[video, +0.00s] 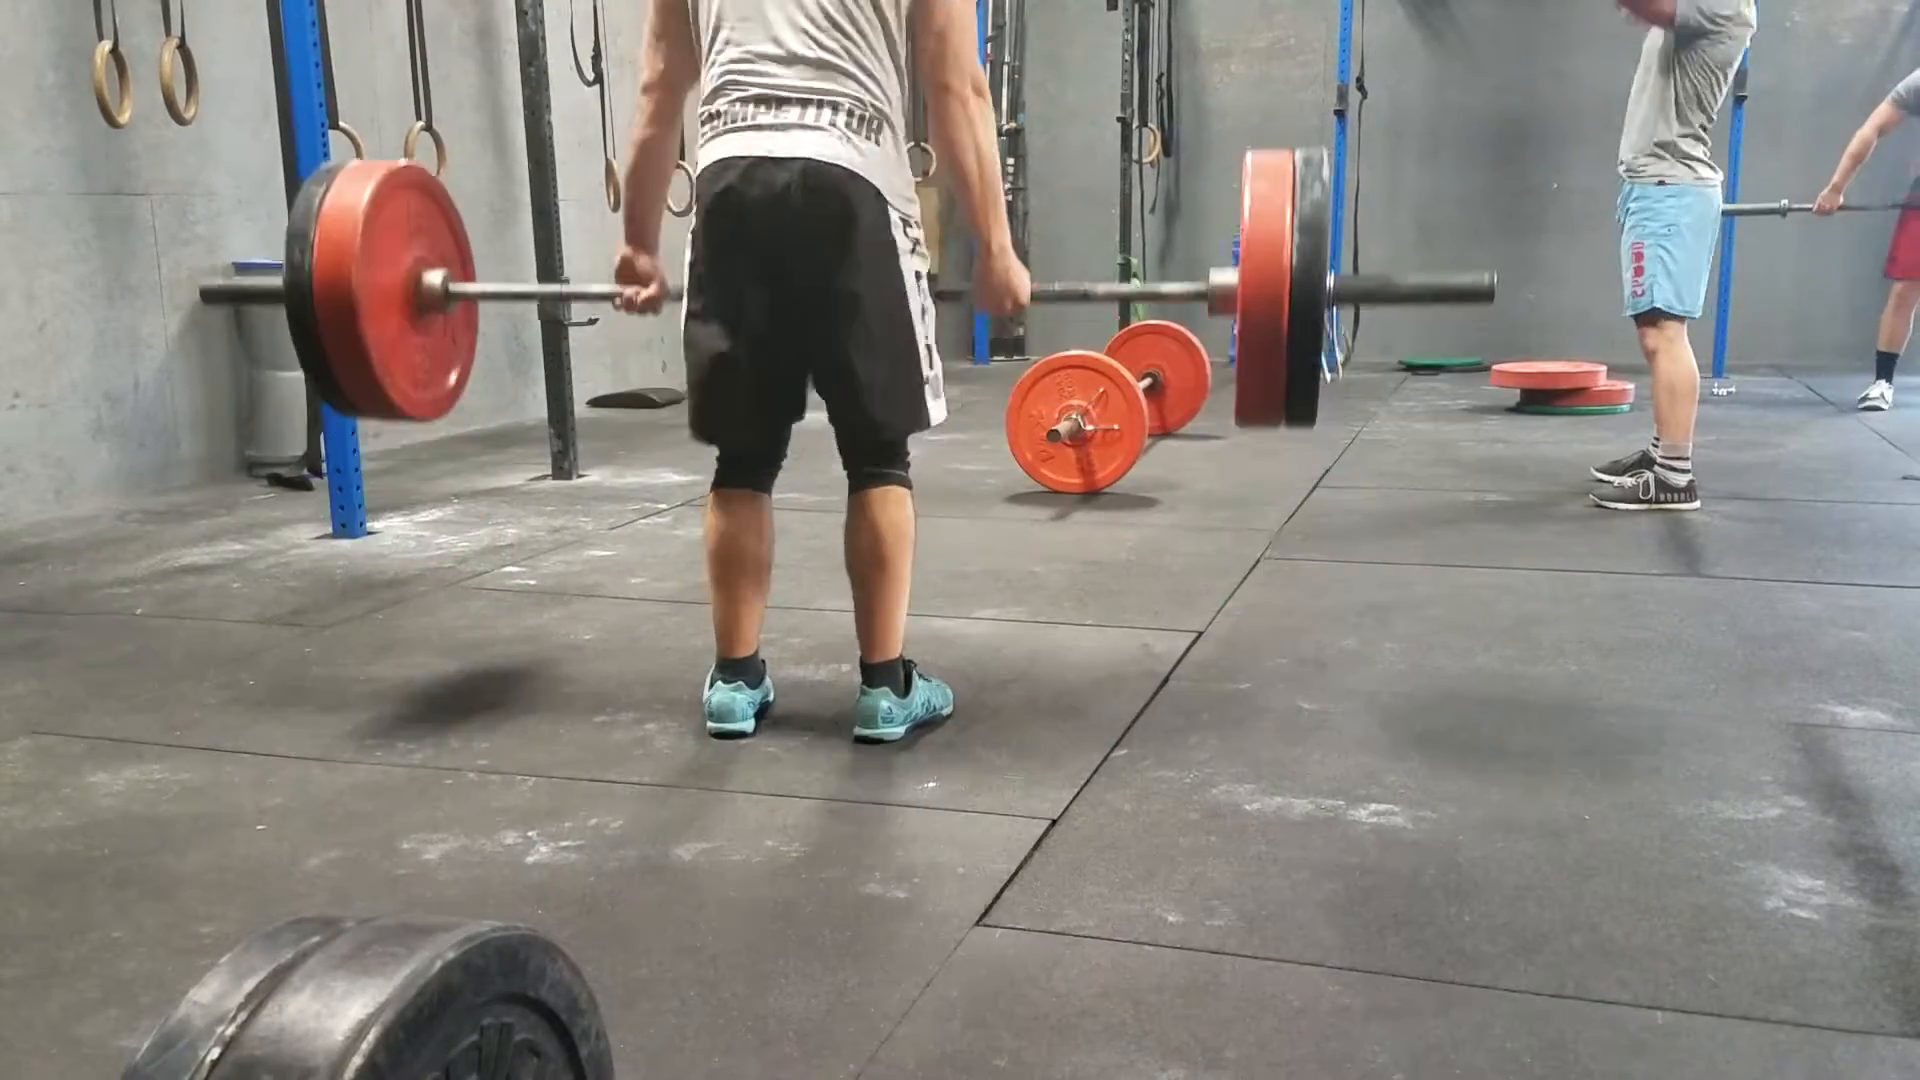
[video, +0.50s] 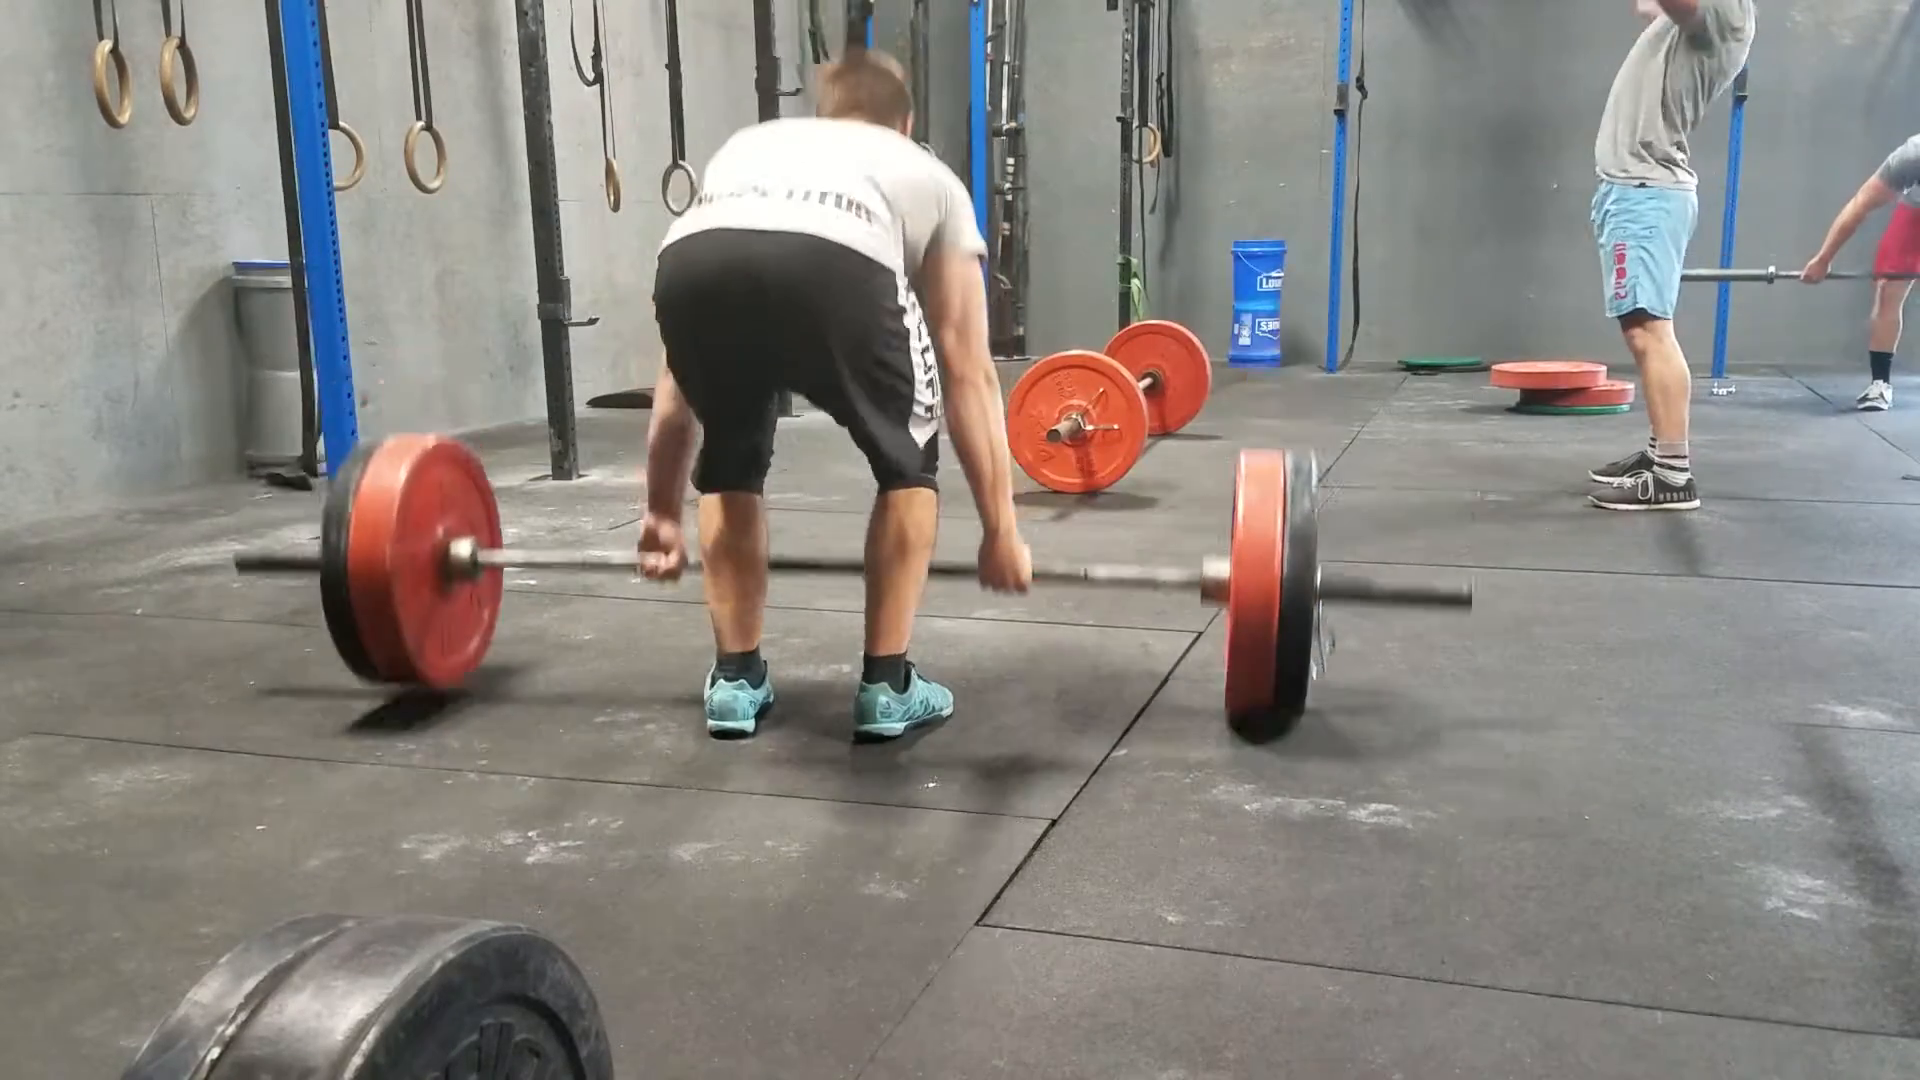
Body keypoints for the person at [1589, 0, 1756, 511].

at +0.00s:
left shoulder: (1721, 8)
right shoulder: (1717, 9)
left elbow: (1644, 7)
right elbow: (1644, 9)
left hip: (1671, 189)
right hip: (1660, 187)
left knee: (1664, 337)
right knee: (1660, 336)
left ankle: (1675, 473)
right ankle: (1664, 458)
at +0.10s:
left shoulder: (1727, 11)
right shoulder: (1711, 10)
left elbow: (1619, 41)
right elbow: (1620, 41)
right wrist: (1633, 2)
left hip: (1674, 186)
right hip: (1660, 183)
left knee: (1663, 335)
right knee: (1658, 335)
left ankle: (1675, 474)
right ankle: (1664, 459)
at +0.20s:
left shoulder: (1705, 29)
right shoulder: (1691, 26)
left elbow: (1623, 79)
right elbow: (1624, 78)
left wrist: (1649, 13)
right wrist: (1650, 16)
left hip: (1672, 191)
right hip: (1665, 188)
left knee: (1661, 333)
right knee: (1656, 332)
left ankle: (1674, 475)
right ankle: (1664, 457)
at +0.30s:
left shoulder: (1714, 21)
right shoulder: (1700, 19)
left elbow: (1628, 64)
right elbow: (1632, 60)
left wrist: (1641, 8)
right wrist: (1636, 13)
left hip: (1667, 186)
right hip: (1665, 185)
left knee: (1659, 332)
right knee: (1658, 331)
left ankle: (1675, 474)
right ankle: (1664, 459)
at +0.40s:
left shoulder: (1727, 11)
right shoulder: (1699, 10)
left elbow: (1642, 21)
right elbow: (1627, 32)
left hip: (1661, 190)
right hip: (1643, 188)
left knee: (1659, 332)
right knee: (1652, 332)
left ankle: (1675, 473)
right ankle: (1663, 458)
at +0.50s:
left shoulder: (1728, 16)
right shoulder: (1685, 22)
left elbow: (1674, 3)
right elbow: (1646, 11)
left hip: (1651, 193)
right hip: (1629, 191)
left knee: (1649, 332)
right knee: (1645, 333)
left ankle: (1674, 471)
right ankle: (1662, 457)